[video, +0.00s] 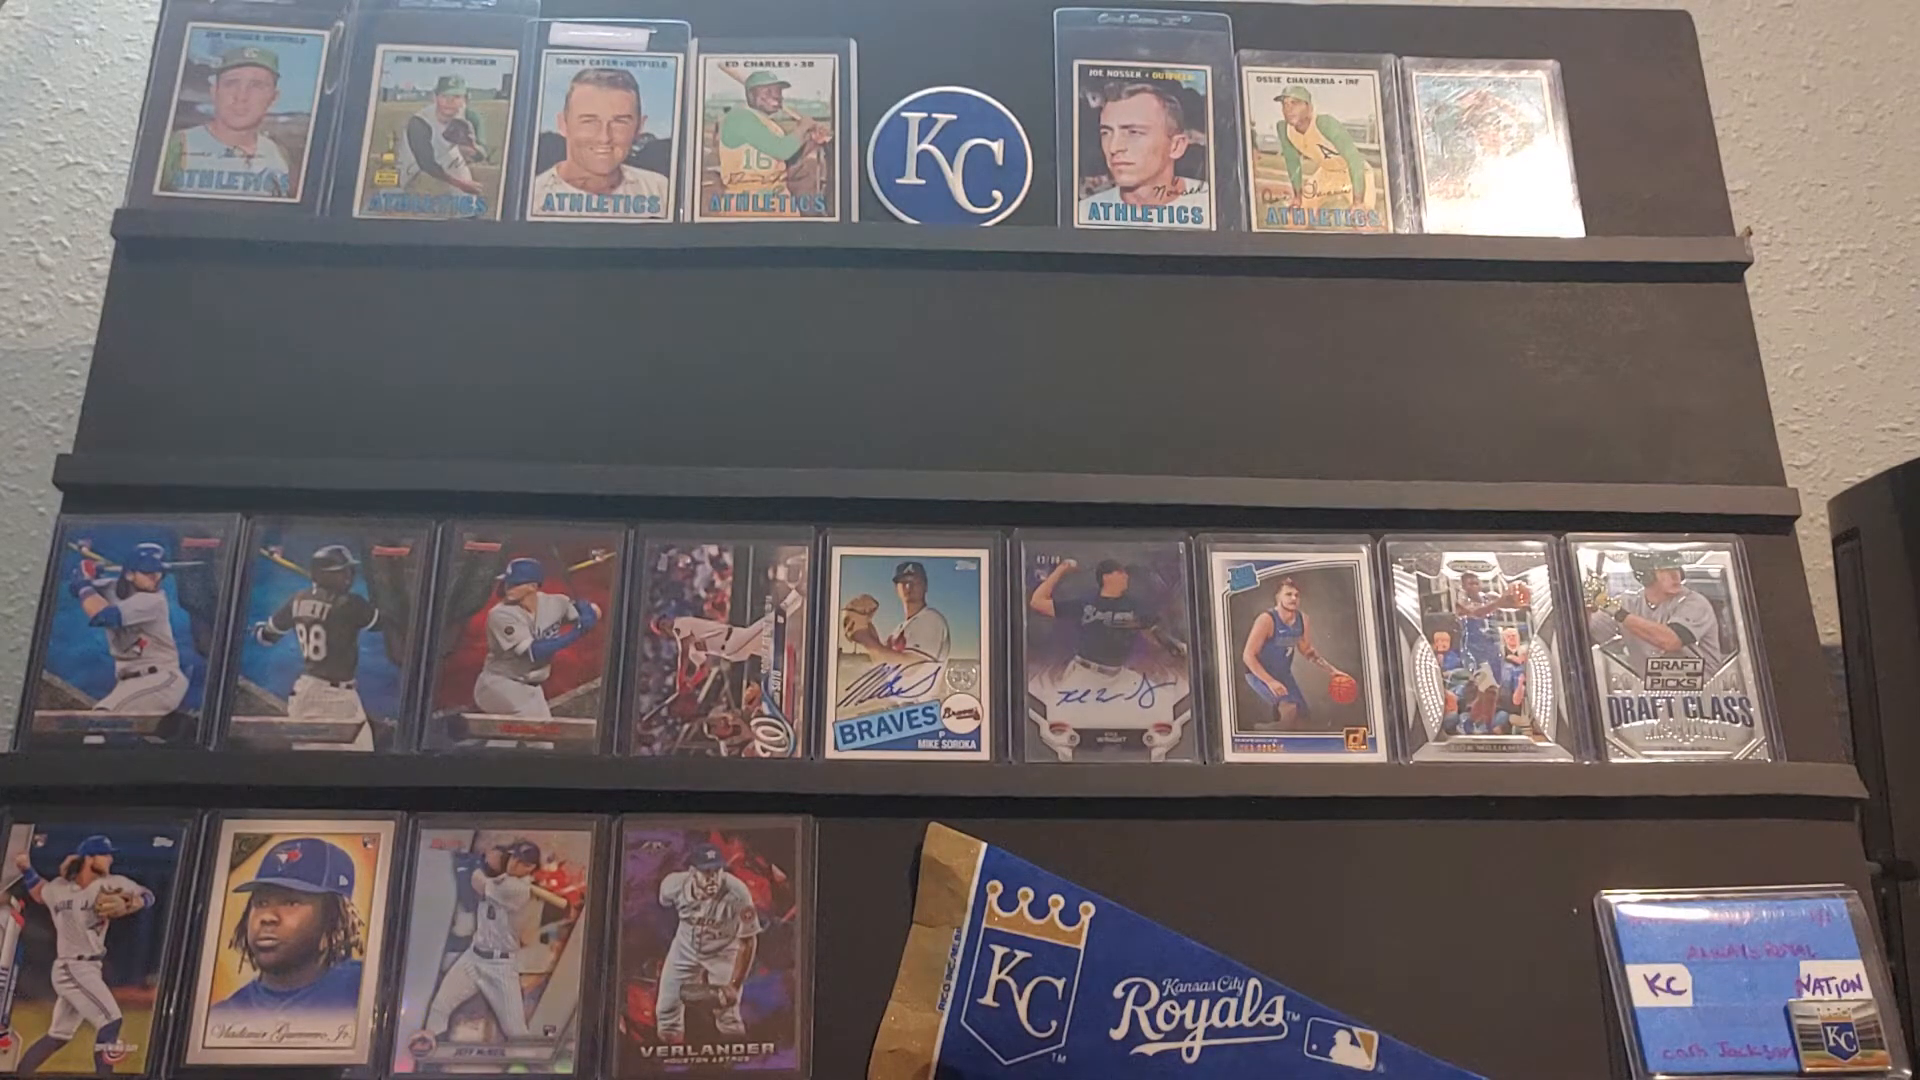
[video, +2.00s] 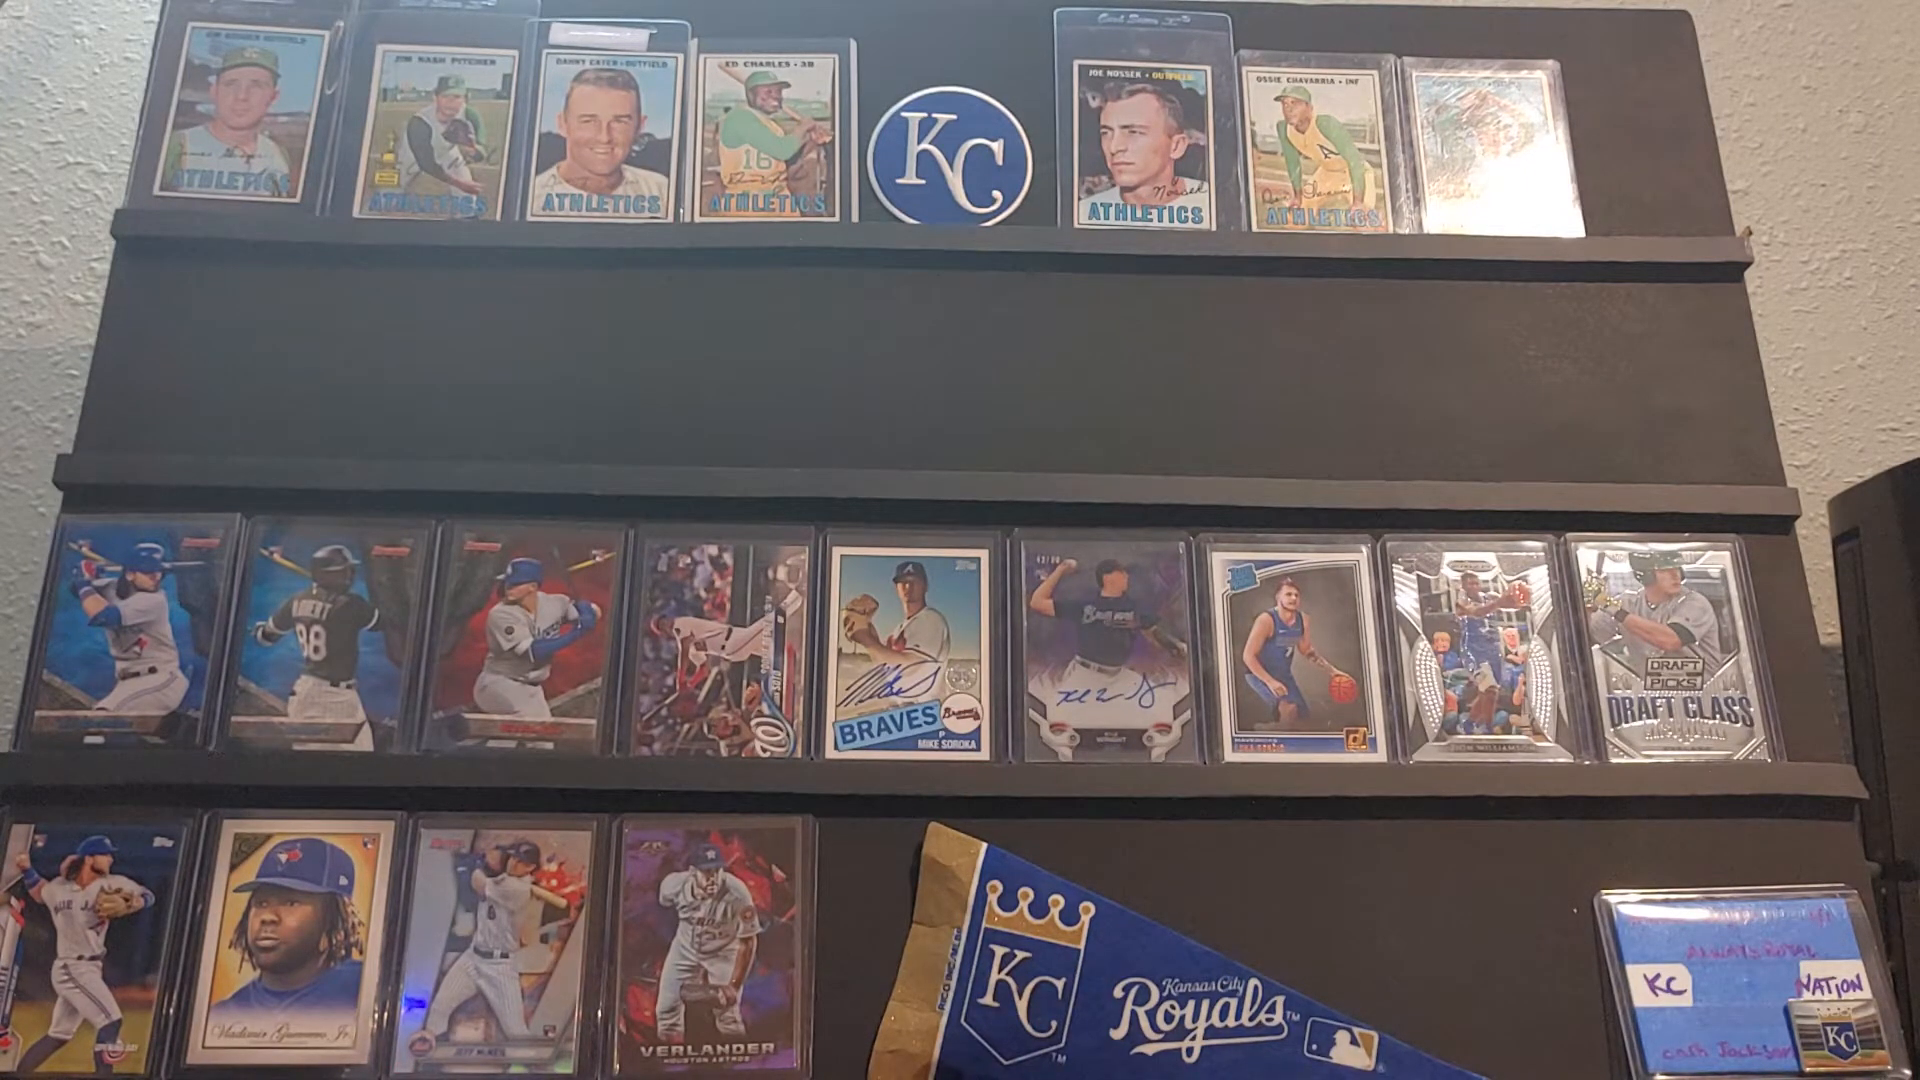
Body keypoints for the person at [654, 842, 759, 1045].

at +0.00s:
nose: (711, 878)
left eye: (716, 872)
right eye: (705, 872)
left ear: (722, 870)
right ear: (692, 871)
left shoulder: (738, 893)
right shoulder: (673, 885)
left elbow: (748, 941)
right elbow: (666, 908)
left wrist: (735, 985)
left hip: (724, 953)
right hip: (684, 947)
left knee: (727, 1014)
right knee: (666, 1009)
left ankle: (740, 1069)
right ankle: (674, 1069)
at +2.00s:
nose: (711, 878)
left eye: (716, 871)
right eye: (706, 872)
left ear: (722, 869)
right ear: (693, 870)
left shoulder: (738, 893)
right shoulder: (673, 885)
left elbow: (748, 941)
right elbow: (667, 907)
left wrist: (734, 985)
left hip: (724, 954)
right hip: (684, 947)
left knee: (727, 1014)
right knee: (666, 1009)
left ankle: (741, 1068)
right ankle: (674, 1069)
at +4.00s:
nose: (711, 878)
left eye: (716, 871)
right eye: (705, 872)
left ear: (722, 869)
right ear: (692, 870)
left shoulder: (738, 892)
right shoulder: (673, 885)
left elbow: (749, 941)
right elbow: (666, 907)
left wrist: (735, 985)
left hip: (724, 953)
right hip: (684, 947)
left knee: (727, 1015)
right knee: (666, 1009)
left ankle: (741, 1068)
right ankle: (673, 1069)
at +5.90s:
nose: (712, 878)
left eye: (716, 871)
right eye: (705, 872)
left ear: (722, 869)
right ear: (692, 871)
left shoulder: (738, 894)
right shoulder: (673, 885)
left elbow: (748, 942)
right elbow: (667, 912)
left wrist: (734, 985)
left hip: (725, 954)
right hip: (684, 948)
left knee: (727, 1014)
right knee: (666, 1009)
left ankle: (740, 1068)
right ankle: (673, 1071)